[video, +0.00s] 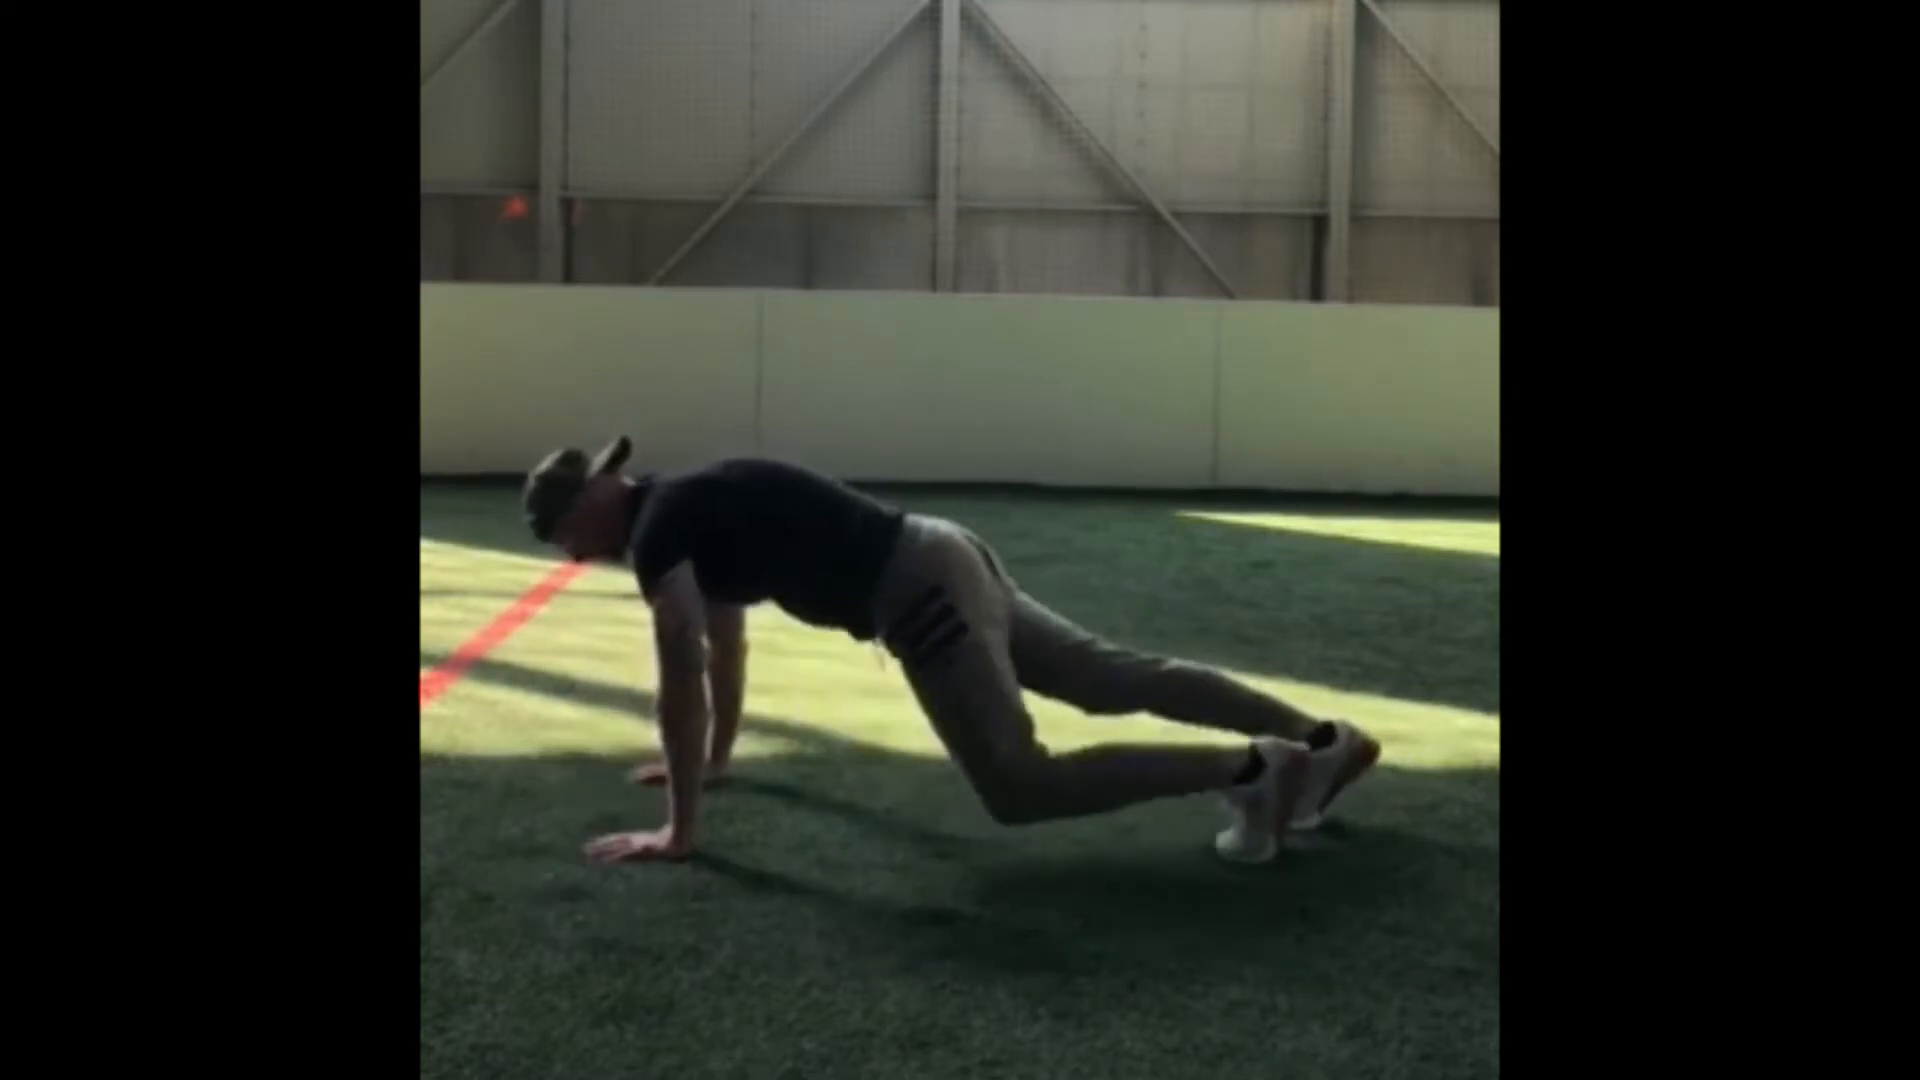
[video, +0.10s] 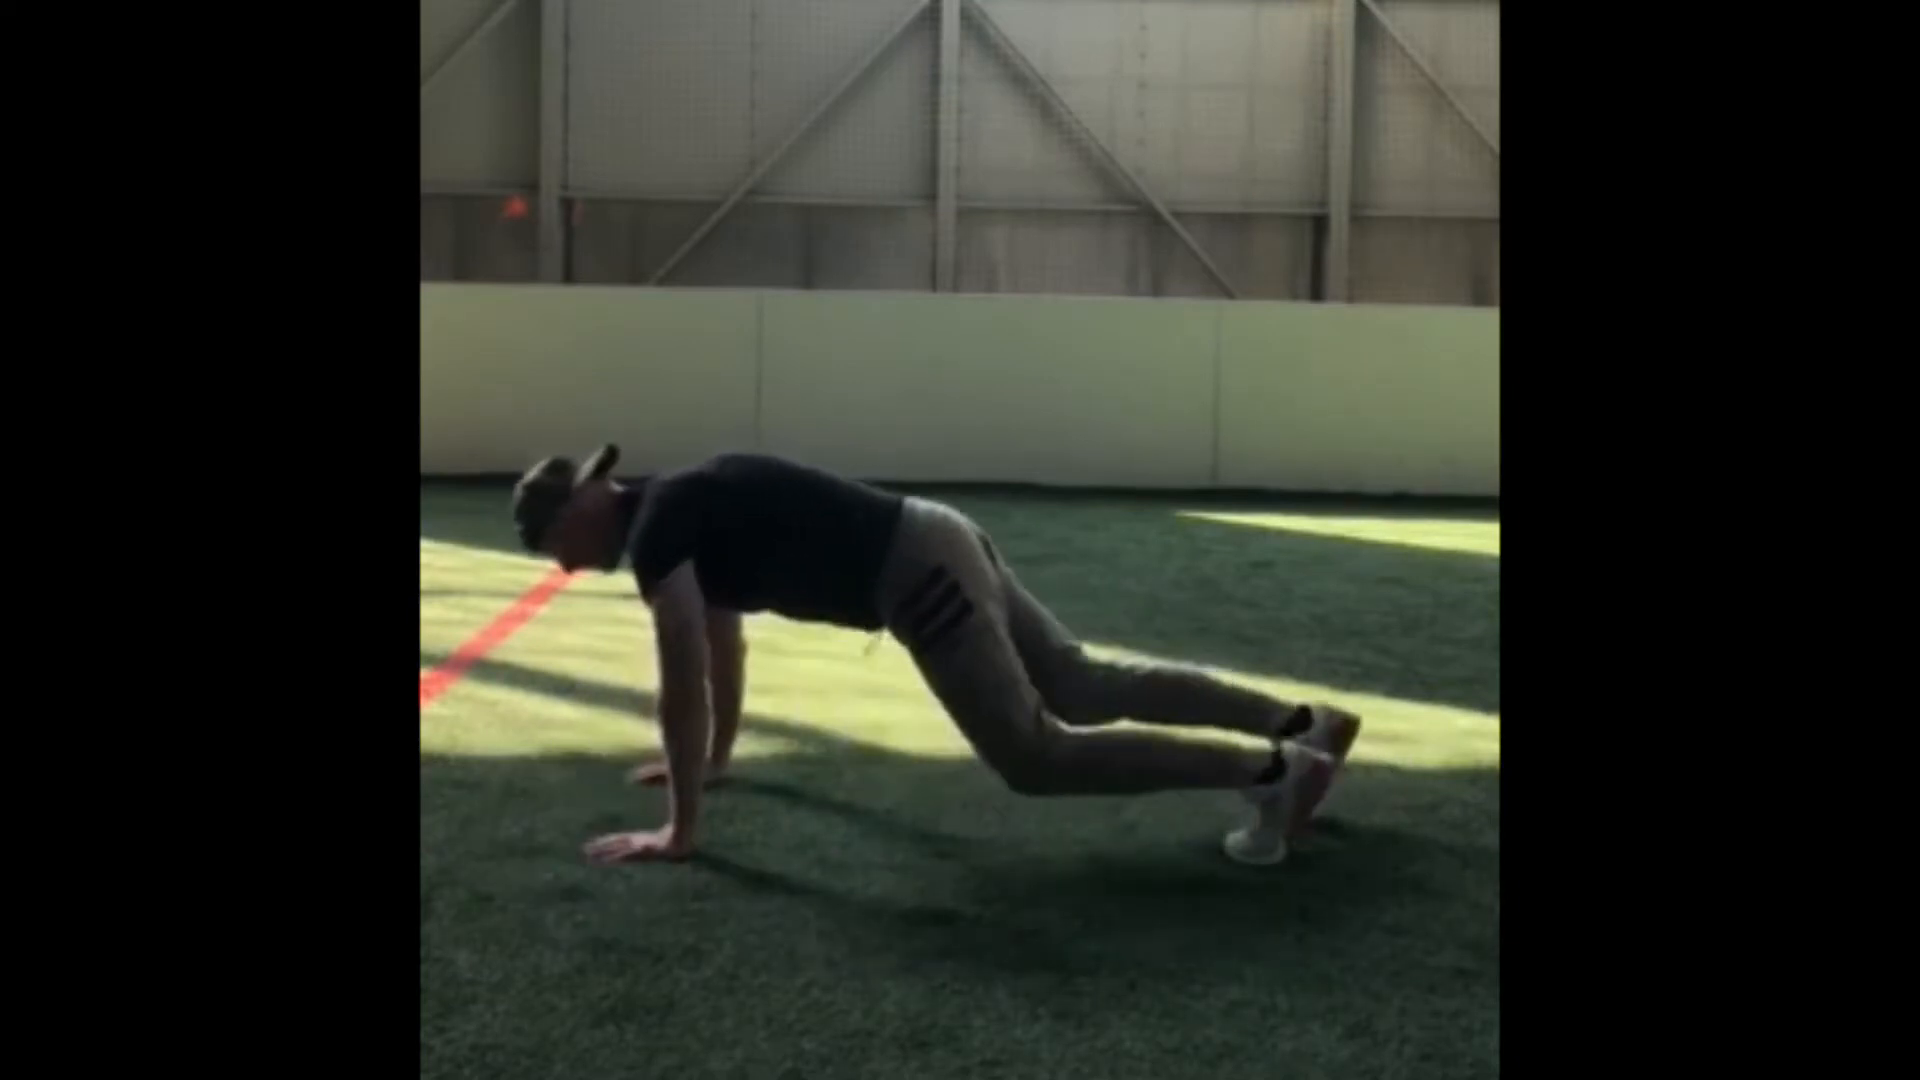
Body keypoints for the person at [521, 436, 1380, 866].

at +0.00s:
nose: (582, 562)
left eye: (573, 545)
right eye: (570, 551)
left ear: (597, 504)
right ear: (613, 487)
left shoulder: (660, 535)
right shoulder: (699, 506)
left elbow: (680, 689)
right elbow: (728, 664)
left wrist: (678, 832)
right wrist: (708, 766)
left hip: (921, 592)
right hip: (947, 552)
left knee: (1022, 789)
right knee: (1111, 678)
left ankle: (1260, 771)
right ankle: (1320, 740)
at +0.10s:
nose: (576, 568)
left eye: (567, 552)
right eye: (564, 558)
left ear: (588, 506)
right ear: (603, 492)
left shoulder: (656, 535)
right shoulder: (693, 503)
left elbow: (680, 688)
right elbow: (724, 658)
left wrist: (679, 830)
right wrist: (707, 758)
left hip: (918, 575)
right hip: (946, 534)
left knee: (1035, 760)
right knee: (1082, 685)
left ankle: (1277, 775)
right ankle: (1298, 721)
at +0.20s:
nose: (562, 571)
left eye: (555, 554)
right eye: (550, 559)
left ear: (576, 509)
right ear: (588, 495)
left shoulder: (642, 533)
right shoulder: (672, 506)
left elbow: (670, 688)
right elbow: (713, 653)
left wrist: (678, 831)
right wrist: (709, 756)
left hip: (916, 524)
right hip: (907, 516)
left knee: (1066, 686)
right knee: (968, 688)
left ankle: (1298, 777)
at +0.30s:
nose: (566, 565)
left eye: (558, 550)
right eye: (555, 553)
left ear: (575, 510)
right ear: (592, 486)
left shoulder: (636, 530)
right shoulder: (678, 497)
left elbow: (667, 683)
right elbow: (713, 647)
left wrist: (677, 829)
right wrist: (709, 753)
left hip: (893, 521)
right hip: (891, 478)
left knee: (1079, 671)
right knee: (811, 595)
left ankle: (1312, 738)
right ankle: (984, 696)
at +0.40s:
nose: (557, 550)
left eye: (548, 535)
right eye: (547, 538)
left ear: (571, 503)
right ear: (594, 476)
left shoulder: (632, 528)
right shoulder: (676, 485)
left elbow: (664, 685)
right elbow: (704, 642)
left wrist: (678, 830)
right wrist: (700, 753)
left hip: (888, 554)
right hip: (901, 496)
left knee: (1075, 700)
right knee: (743, 526)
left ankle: (1305, 771)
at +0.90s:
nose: (574, 561)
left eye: (566, 545)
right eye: (564, 549)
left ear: (587, 512)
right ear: (609, 488)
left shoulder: (645, 536)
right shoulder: (693, 496)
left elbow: (674, 691)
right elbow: (717, 660)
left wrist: (677, 830)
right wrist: (704, 766)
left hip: (917, 549)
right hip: (918, 490)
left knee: (1091, 687)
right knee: (757, 573)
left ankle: (1330, 779)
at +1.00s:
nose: (572, 565)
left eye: (564, 549)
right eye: (561, 553)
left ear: (583, 513)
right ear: (600, 491)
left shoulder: (642, 535)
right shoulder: (682, 499)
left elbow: (671, 693)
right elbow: (713, 652)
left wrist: (677, 829)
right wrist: (708, 756)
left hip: (914, 534)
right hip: (907, 502)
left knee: (1108, 675)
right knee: (853, 649)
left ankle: (1334, 777)